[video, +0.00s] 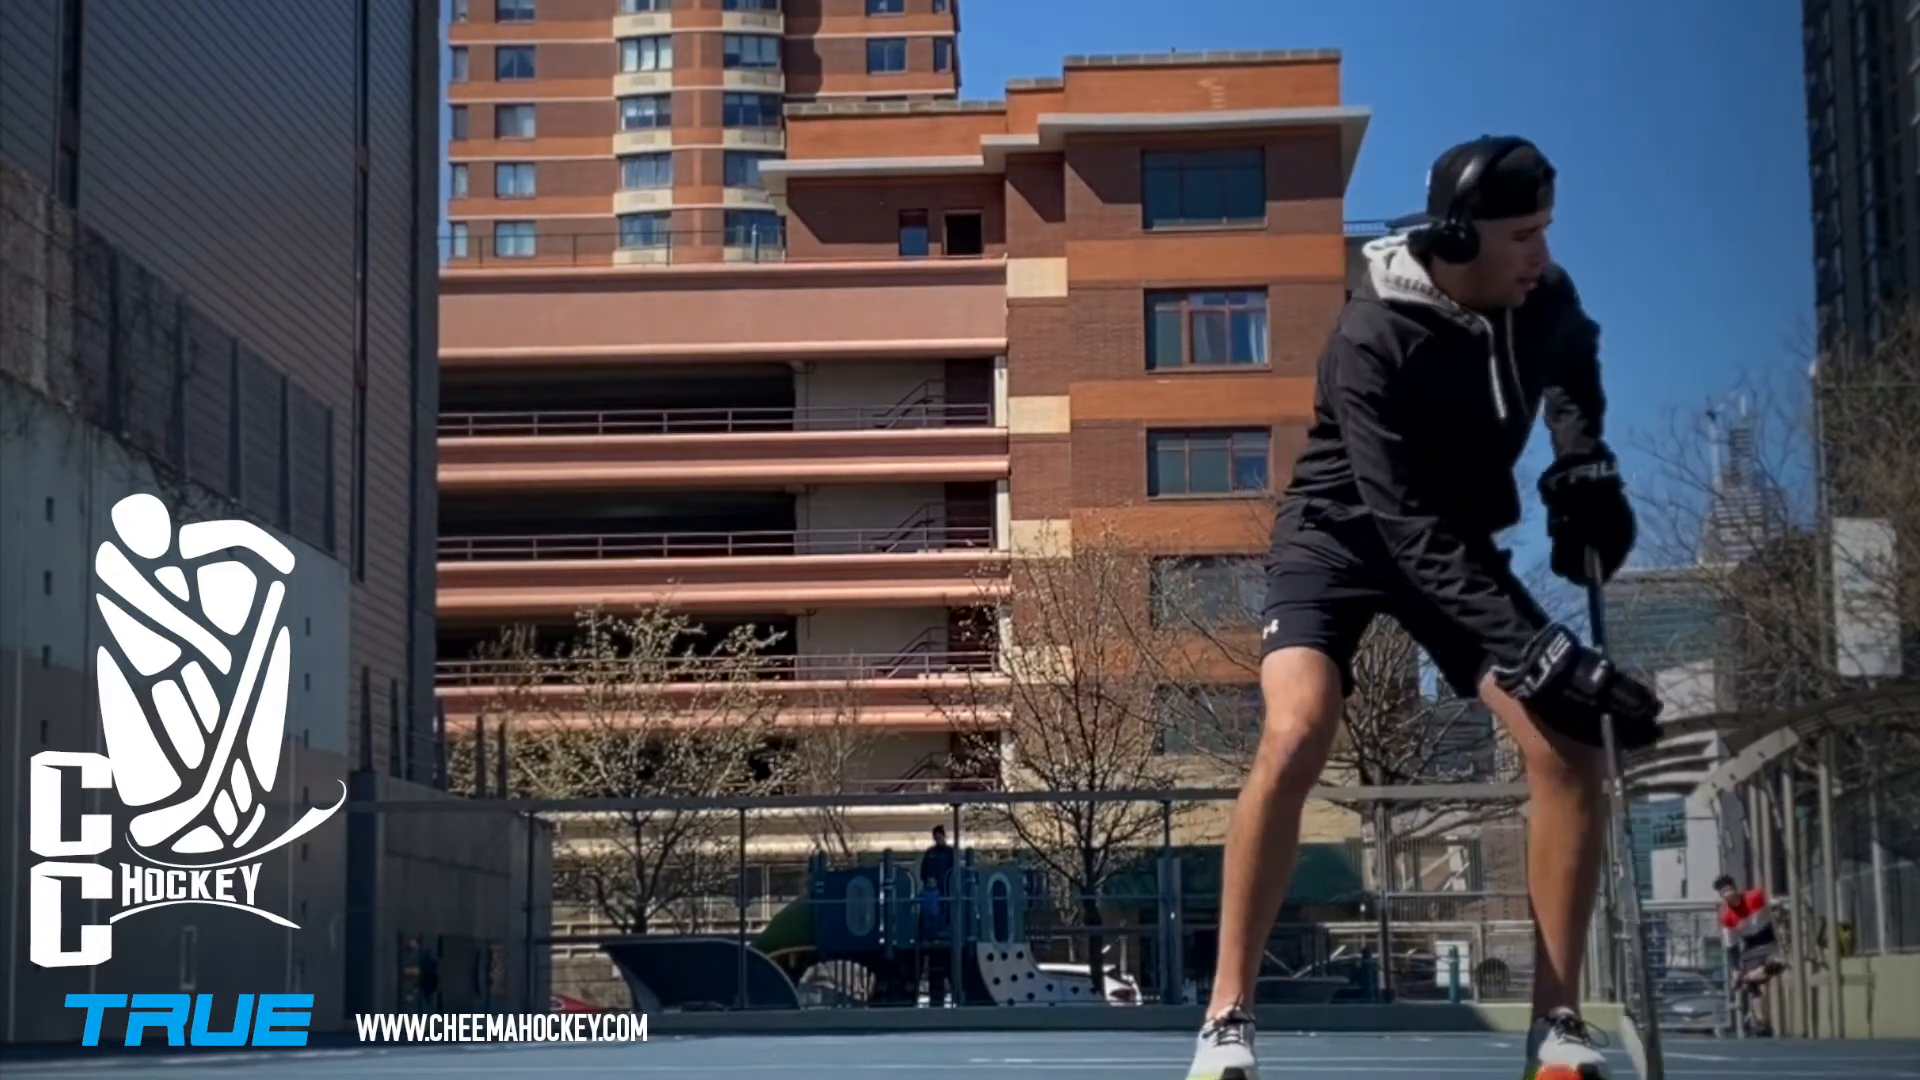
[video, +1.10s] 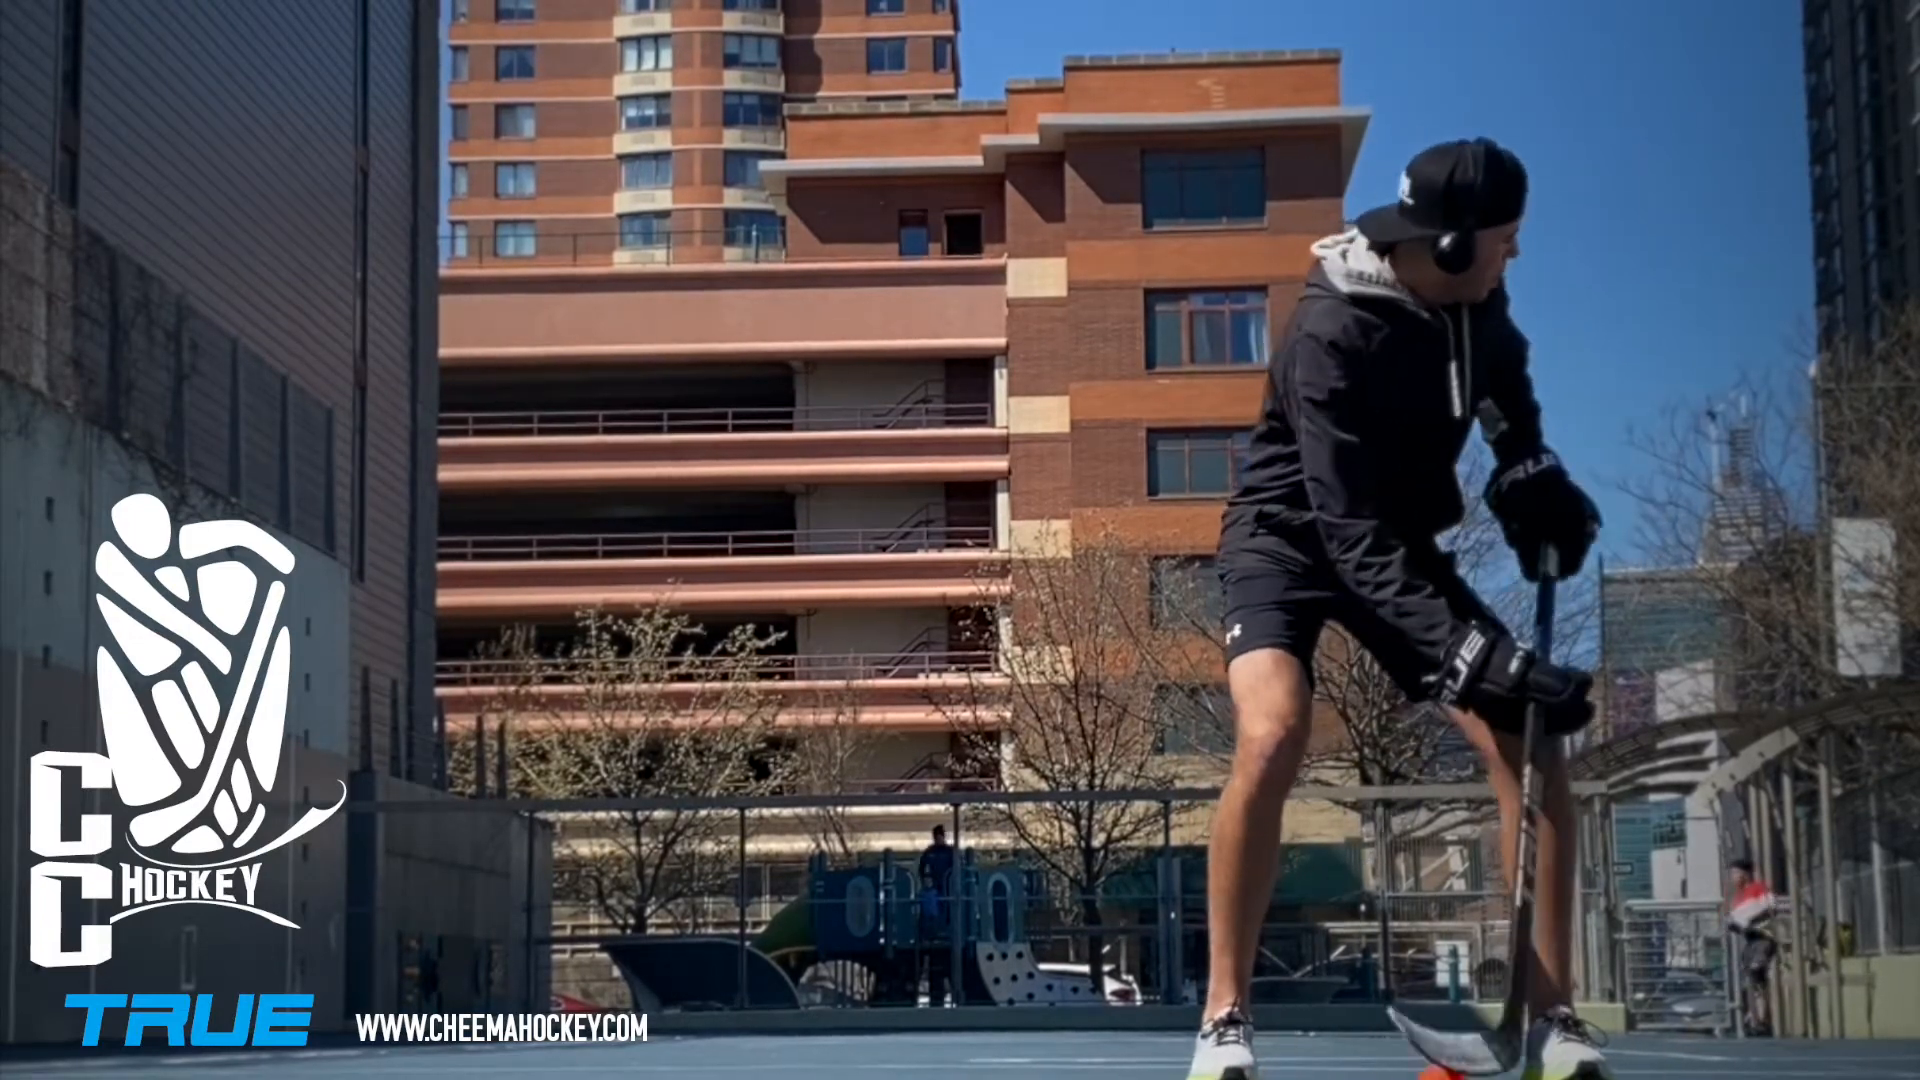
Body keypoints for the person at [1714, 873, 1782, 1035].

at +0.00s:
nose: (1728, 895)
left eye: (1729, 890)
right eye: (1723, 892)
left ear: (1735, 888)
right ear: (1721, 896)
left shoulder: (1756, 898)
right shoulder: (1727, 916)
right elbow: (1730, 945)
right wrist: (1734, 970)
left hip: (1769, 943)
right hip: (1750, 949)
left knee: (1775, 965)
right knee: (1753, 987)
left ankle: (1744, 978)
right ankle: (1761, 1023)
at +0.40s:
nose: (1723, 892)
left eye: (1725, 887)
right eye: (1720, 889)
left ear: (1733, 886)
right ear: (1719, 892)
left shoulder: (1753, 896)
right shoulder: (1726, 914)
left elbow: (1776, 905)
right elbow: (1730, 945)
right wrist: (1733, 970)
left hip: (1769, 943)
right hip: (1750, 948)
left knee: (1772, 966)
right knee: (1753, 988)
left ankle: (1744, 978)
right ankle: (1760, 1023)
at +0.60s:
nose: (1724, 887)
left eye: (1726, 882)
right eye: (1721, 883)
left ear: (1735, 881)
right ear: (1721, 886)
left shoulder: (1754, 894)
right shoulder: (1727, 910)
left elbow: (1777, 903)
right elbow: (1731, 940)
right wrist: (1733, 965)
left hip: (1769, 947)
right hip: (1749, 951)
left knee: (1755, 982)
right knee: (1743, 987)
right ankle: (1751, 1022)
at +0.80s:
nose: (1729, 880)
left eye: (1732, 875)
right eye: (1727, 875)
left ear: (1742, 876)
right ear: (1727, 878)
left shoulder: (1758, 890)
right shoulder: (1731, 903)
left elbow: (1778, 903)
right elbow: (1731, 931)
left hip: (1763, 937)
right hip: (1743, 941)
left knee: (1758, 977)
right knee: (1748, 981)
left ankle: (1759, 1020)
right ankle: (1752, 1021)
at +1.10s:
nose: (1734, 878)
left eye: (1737, 873)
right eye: (1732, 874)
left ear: (1746, 874)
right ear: (1733, 876)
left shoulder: (1758, 890)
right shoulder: (1738, 896)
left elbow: (1769, 910)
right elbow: (1735, 917)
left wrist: (1748, 923)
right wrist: (1734, 924)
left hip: (1764, 938)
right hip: (1750, 939)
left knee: (1756, 974)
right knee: (1748, 978)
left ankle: (1762, 1020)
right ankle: (1753, 1019)